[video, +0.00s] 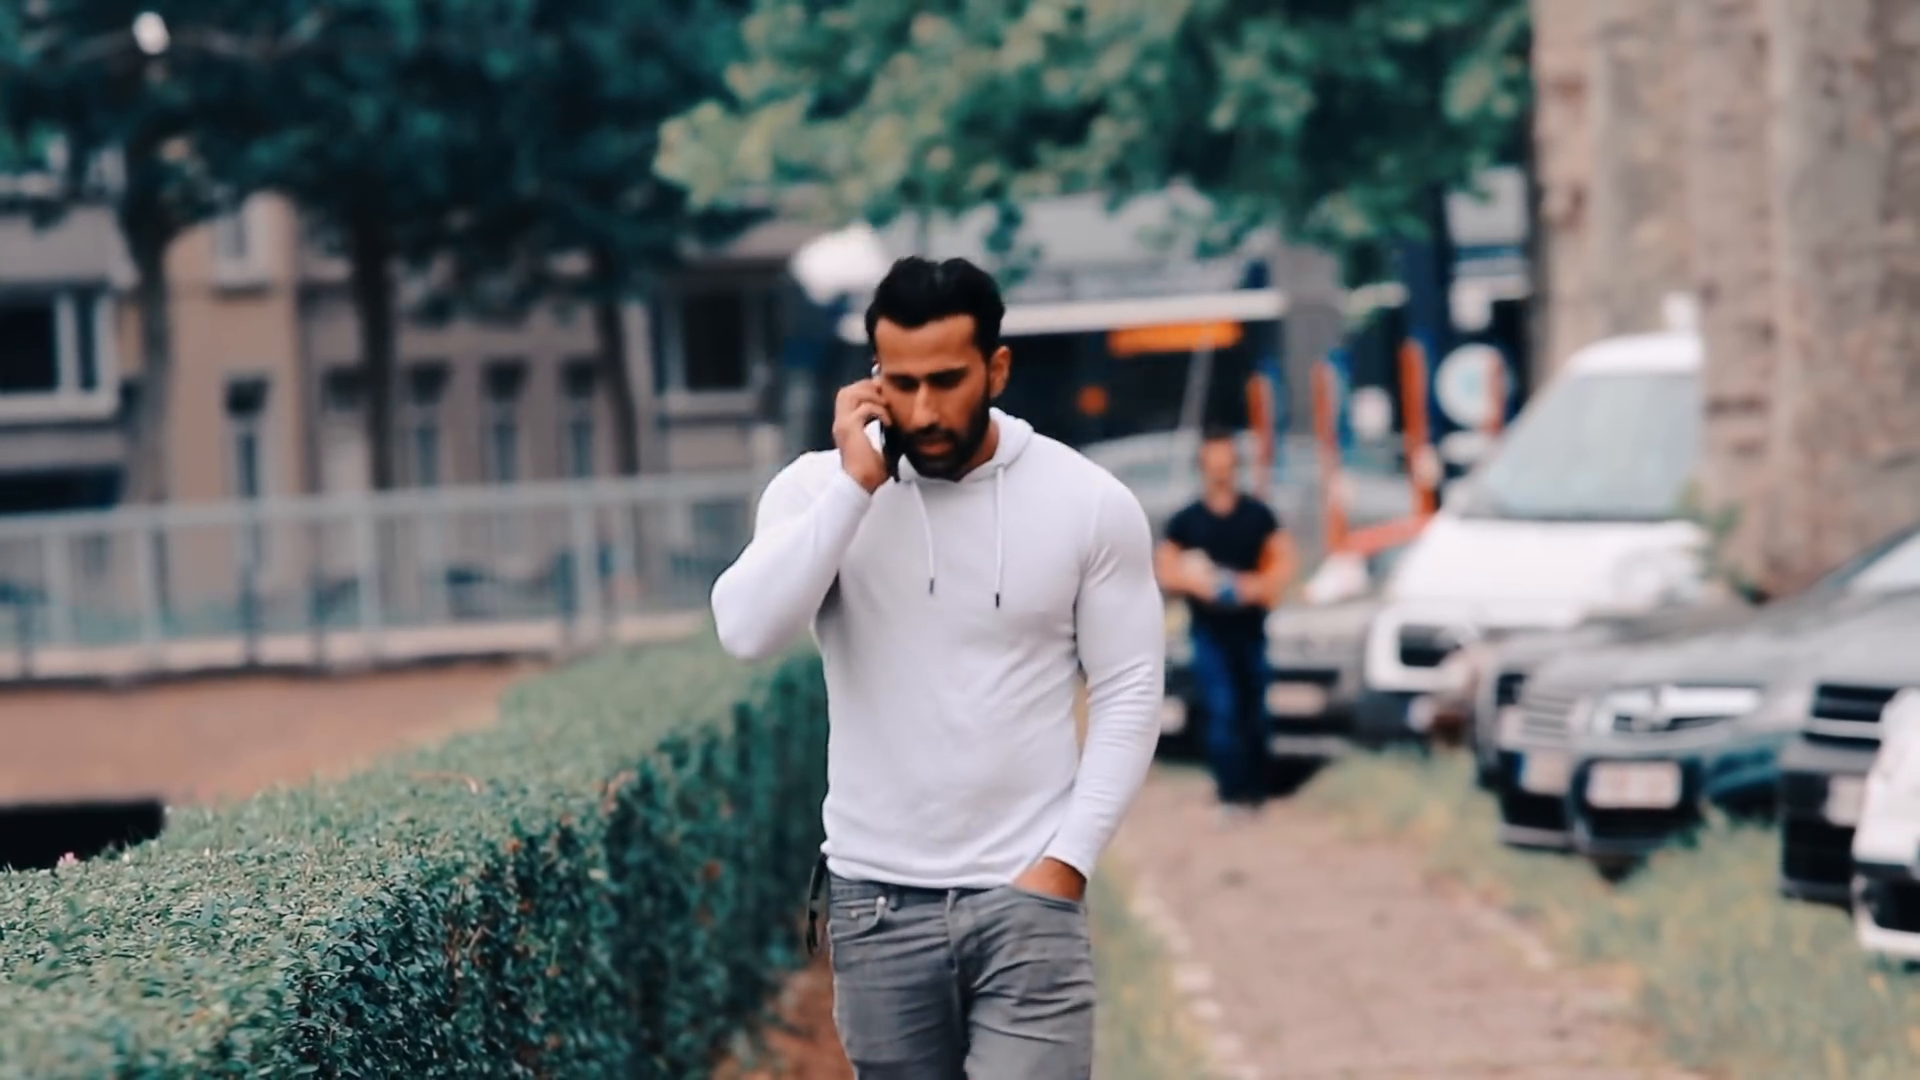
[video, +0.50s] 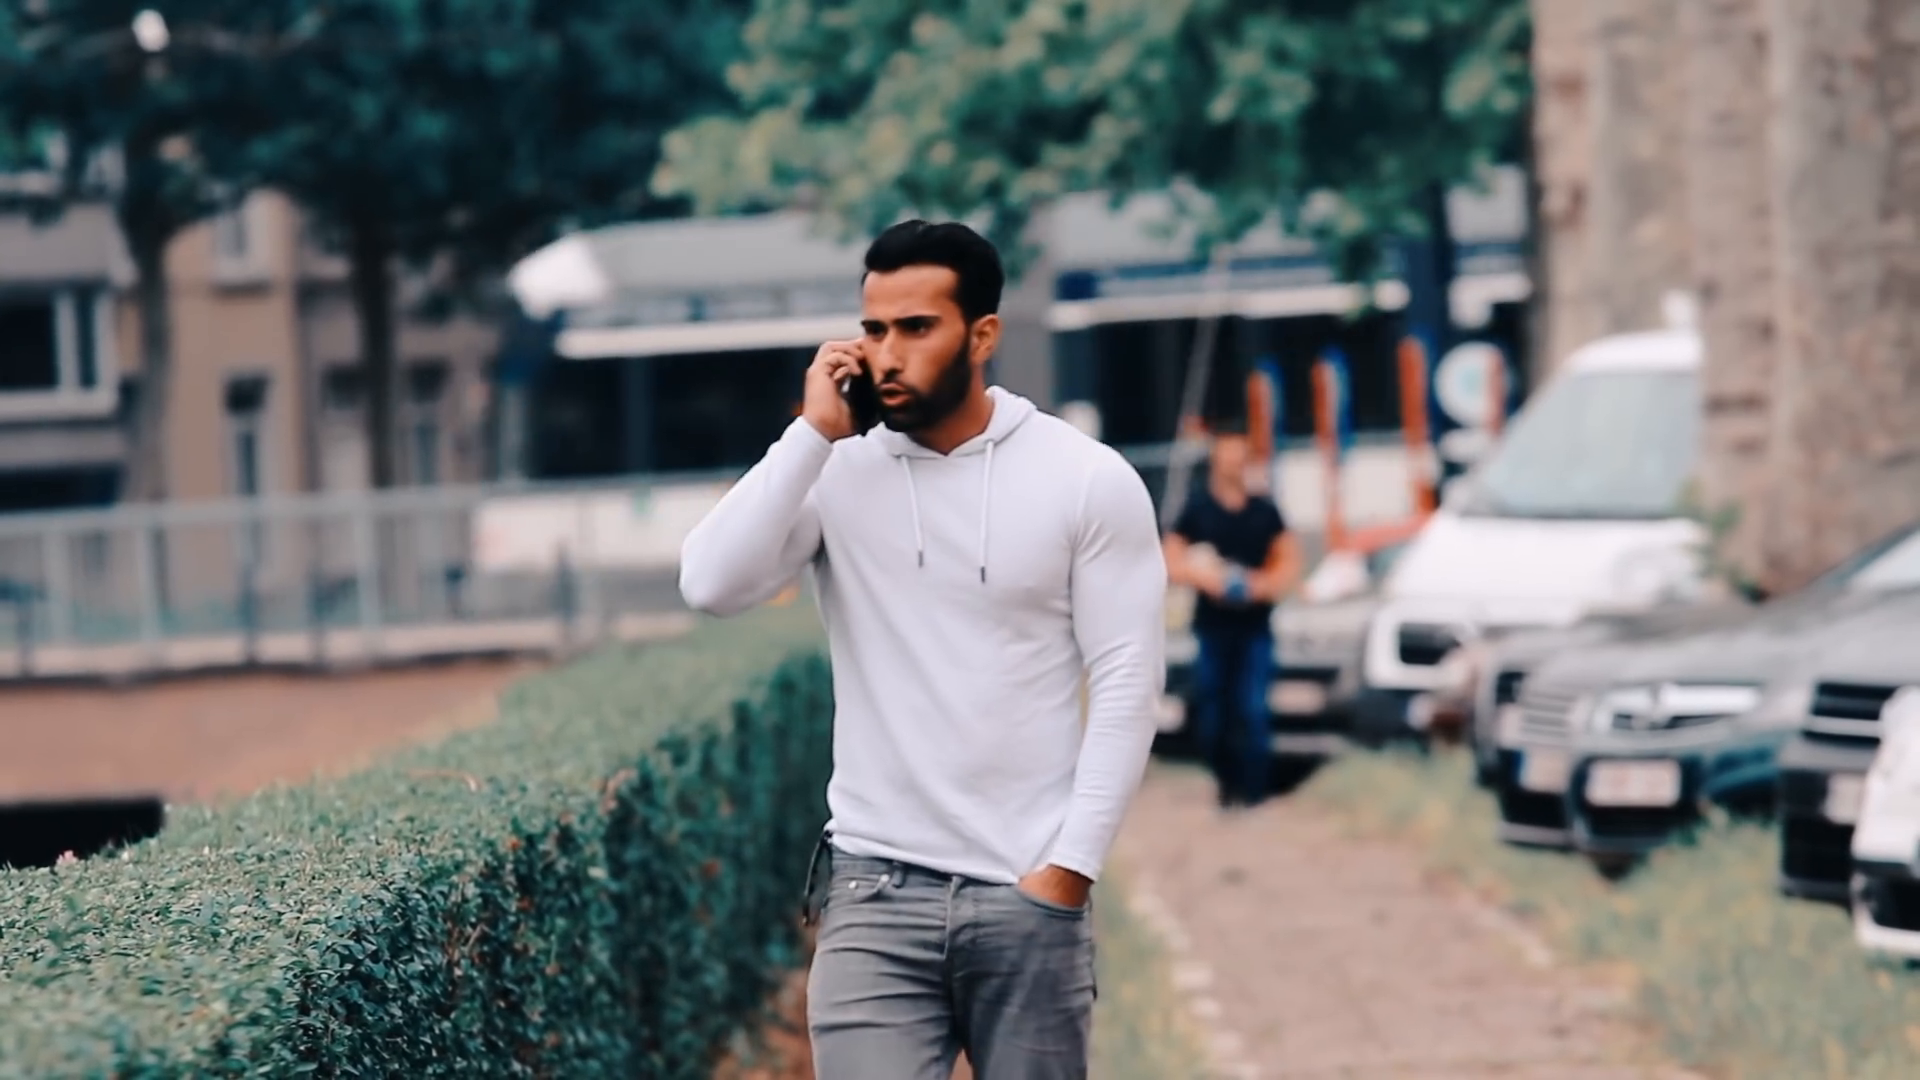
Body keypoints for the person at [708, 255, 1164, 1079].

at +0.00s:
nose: (923, 410)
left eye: (947, 381)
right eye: (901, 383)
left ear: (998, 366)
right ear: (874, 372)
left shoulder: (1090, 505)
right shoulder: (815, 488)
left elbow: (1127, 696)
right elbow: (745, 631)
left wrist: (1067, 864)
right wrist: (853, 481)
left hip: (1028, 903)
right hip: (874, 906)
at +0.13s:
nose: (929, 384)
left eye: (956, 357)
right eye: (910, 357)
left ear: (1010, 353)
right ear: (887, 353)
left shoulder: (1100, 496)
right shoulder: (827, 474)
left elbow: (1139, 692)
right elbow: (741, 601)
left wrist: (1072, 862)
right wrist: (854, 455)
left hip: (1034, 900)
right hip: (880, 900)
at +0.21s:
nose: (925, 372)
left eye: (953, 345)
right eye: (908, 345)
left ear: (1010, 344)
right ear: (887, 344)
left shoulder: (1101, 491)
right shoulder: (832, 472)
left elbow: (1144, 689)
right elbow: (737, 589)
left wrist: (1074, 861)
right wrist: (850, 444)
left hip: (1034, 899)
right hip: (879, 896)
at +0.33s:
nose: (912, 360)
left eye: (939, 332)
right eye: (896, 333)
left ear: (1002, 334)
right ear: (877, 335)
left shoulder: (1099, 482)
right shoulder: (841, 469)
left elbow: (1137, 686)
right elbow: (723, 579)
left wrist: (1073, 864)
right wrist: (834, 434)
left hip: (1031, 897)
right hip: (875, 888)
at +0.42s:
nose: (901, 357)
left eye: (930, 328)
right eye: (887, 329)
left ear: (996, 332)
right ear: (869, 332)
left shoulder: (1097, 481)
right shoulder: (839, 468)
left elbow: (1135, 685)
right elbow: (719, 579)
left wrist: (1074, 866)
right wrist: (826, 431)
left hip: (1030, 901)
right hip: (875, 891)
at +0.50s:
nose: (888, 356)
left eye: (916, 329)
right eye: (875, 330)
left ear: (984, 334)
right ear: (857, 332)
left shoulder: (1088, 481)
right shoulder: (830, 470)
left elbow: (1127, 687)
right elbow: (709, 585)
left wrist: (1068, 869)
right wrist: (813, 433)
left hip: (1026, 905)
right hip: (871, 895)